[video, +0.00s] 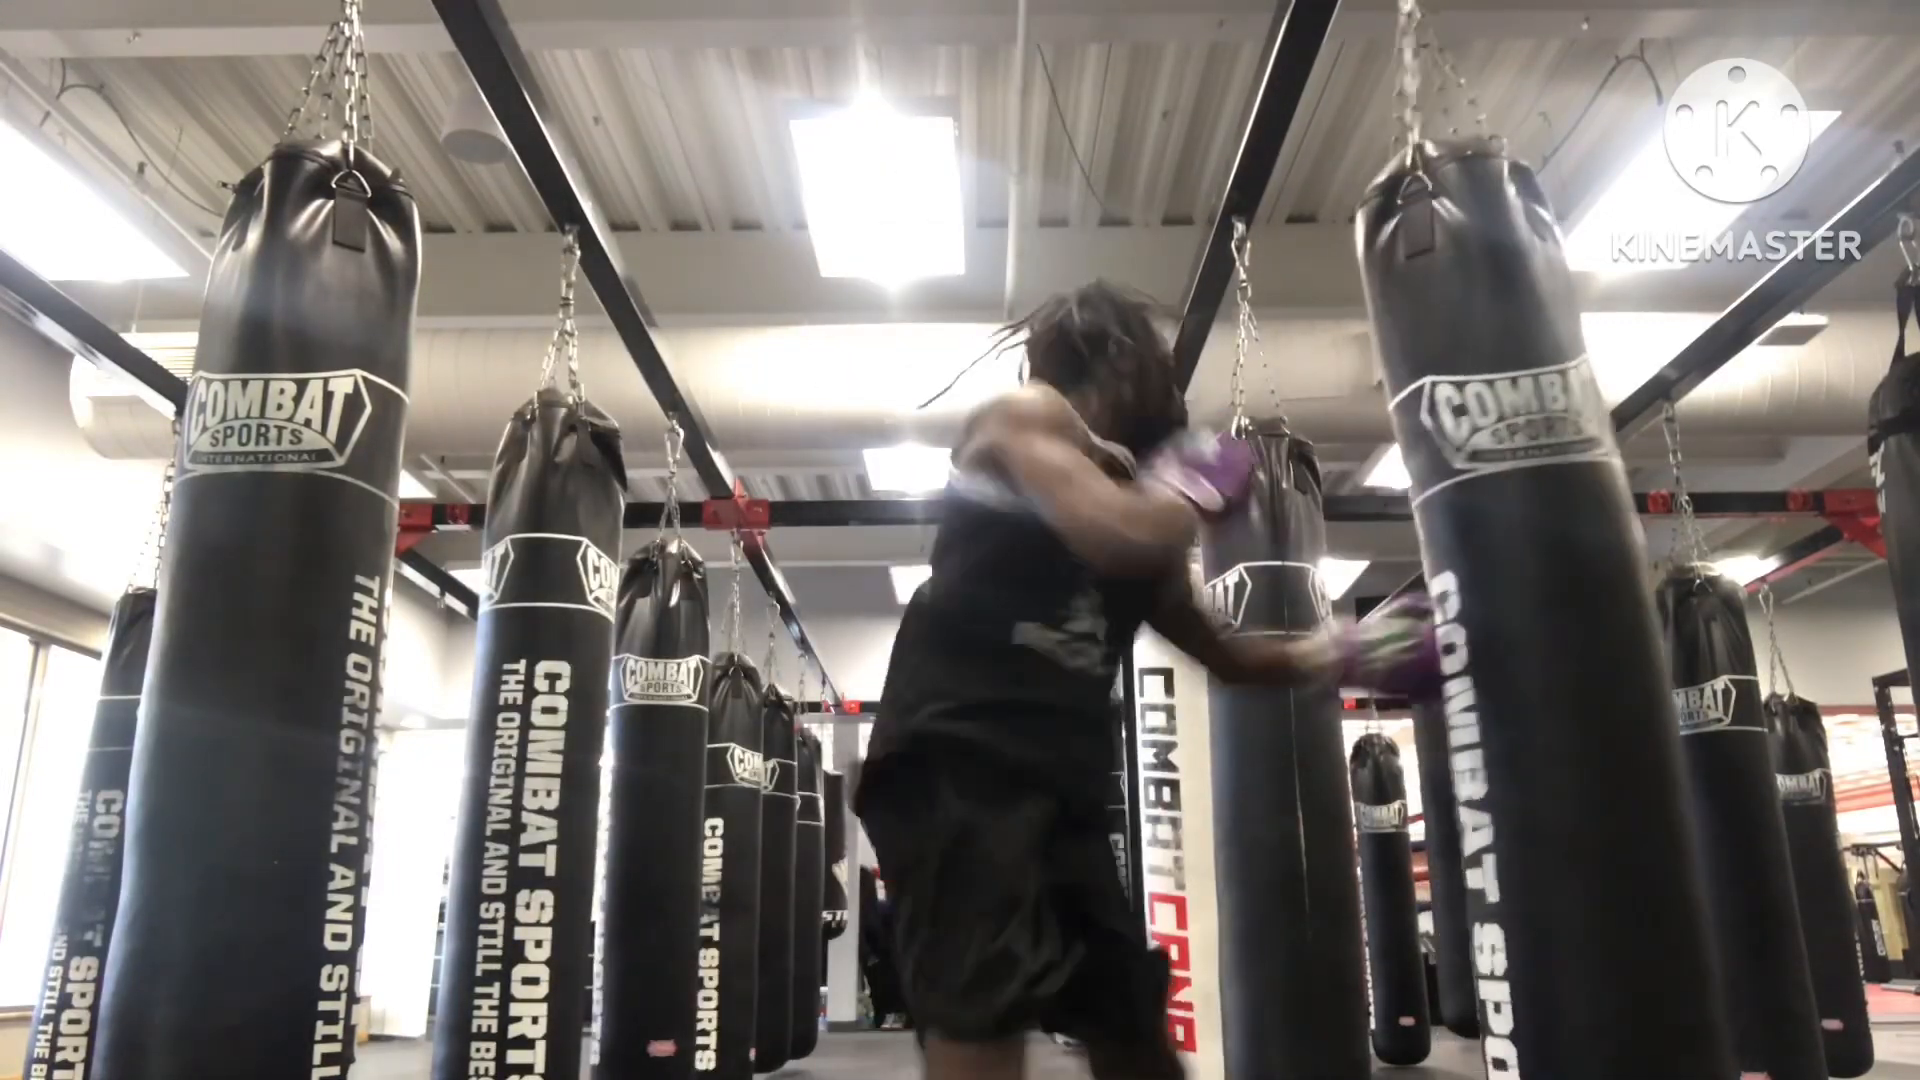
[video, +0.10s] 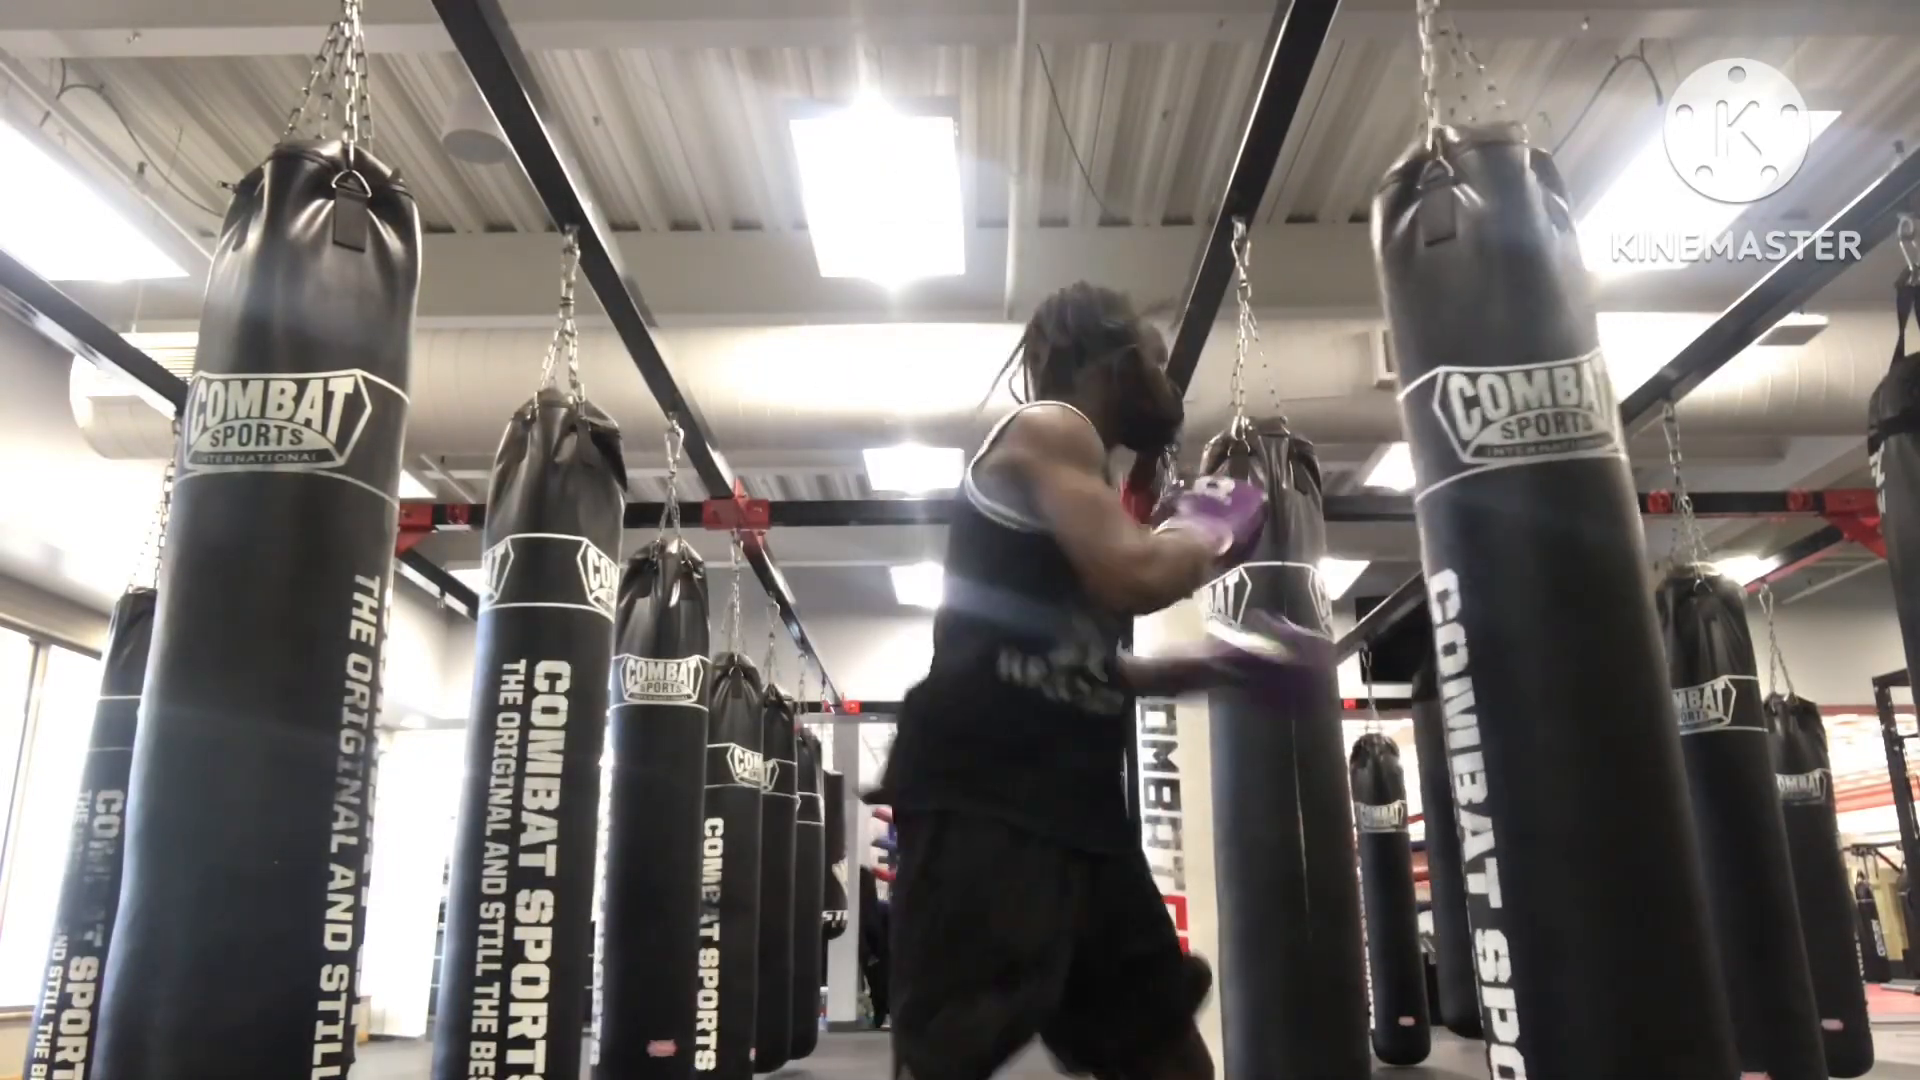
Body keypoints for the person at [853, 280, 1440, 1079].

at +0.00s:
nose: (1176, 386)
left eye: (1174, 366)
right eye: (1164, 362)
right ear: (1118, 358)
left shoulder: (1133, 490)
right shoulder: (1020, 413)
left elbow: (1223, 652)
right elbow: (1122, 533)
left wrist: (1348, 650)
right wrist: (1190, 485)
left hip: (1057, 787)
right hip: (953, 770)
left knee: (1133, 1039)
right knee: (977, 1042)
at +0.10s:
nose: (1172, 377)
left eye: (1169, 358)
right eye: (1158, 355)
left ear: (1082, 361)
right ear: (1110, 358)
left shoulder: (1082, 476)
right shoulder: (1047, 427)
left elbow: (1072, 669)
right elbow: (1123, 573)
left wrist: (1217, 665)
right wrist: (1211, 533)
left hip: (1068, 807)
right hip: (990, 797)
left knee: (1163, 1054)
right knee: (948, 1051)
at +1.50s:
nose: (853, 308)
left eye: (851, 286)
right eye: (835, 279)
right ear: (768, 276)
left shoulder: (772, 418)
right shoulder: (686, 375)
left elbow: (789, 617)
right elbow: (746, 543)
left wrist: (890, 526)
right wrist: (843, 437)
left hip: (796, 760)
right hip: (695, 765)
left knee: (916, 1038)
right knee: (672, 1048)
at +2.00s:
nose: (950, 315)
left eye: (949, 293)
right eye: (936, 288)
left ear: (870, 293)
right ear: (869, 281)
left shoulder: (864, 410)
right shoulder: (787, 367)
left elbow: (873, 613)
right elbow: (848, 540)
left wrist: (969, 532)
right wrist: (944, 429)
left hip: (876, 772)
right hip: (783, 771)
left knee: (960, 1047)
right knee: (728, 1046)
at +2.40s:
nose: (927, 286)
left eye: (928, 262)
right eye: (915, 255)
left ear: (850, 247)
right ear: (846, 239)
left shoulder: (815, 365)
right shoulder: (754, 318)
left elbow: (858, 539)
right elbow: (822, 524)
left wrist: (922, 461)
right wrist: (923, 439)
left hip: (839, 748)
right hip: (748, 750)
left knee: (998, 1035)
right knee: (719, 1044)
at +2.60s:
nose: (987, 274)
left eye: (987, 250)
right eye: (974, 245)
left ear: (896, 245)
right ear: (912, 234)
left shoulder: (896, 377)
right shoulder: (821, 306)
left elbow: (964, 590)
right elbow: (898, 495)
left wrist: (1003, 461)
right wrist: (1002, 411)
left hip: (922, 753)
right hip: (826, 753)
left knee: (1008, 1040)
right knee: (778, 1047)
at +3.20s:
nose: (1022, 193)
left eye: (1021, 168)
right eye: (1014, 162)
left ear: (890, 143)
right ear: (965, 145)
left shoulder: (819, 280)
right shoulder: (906, 209)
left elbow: (956, 475)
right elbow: (985, 457)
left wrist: (1038, 407)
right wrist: (1070, 406)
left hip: (817, 768)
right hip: (891, 769)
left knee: (838, 1044)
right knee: (961, 1042)